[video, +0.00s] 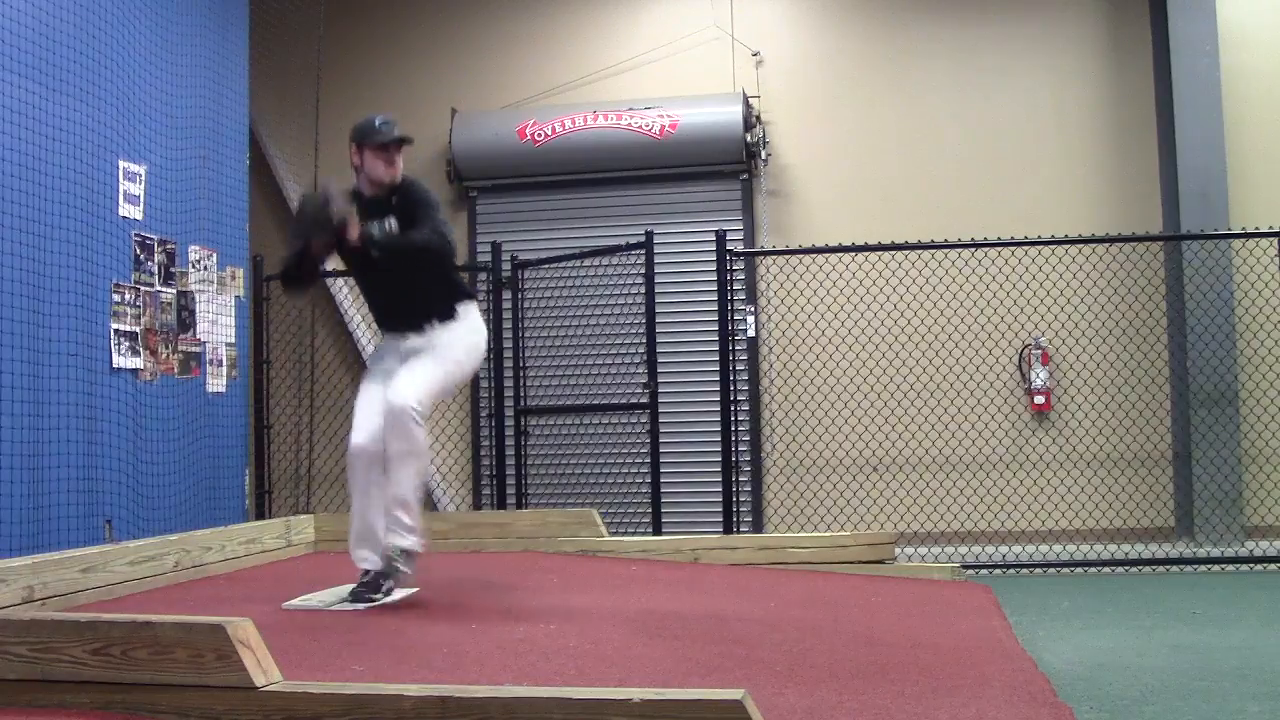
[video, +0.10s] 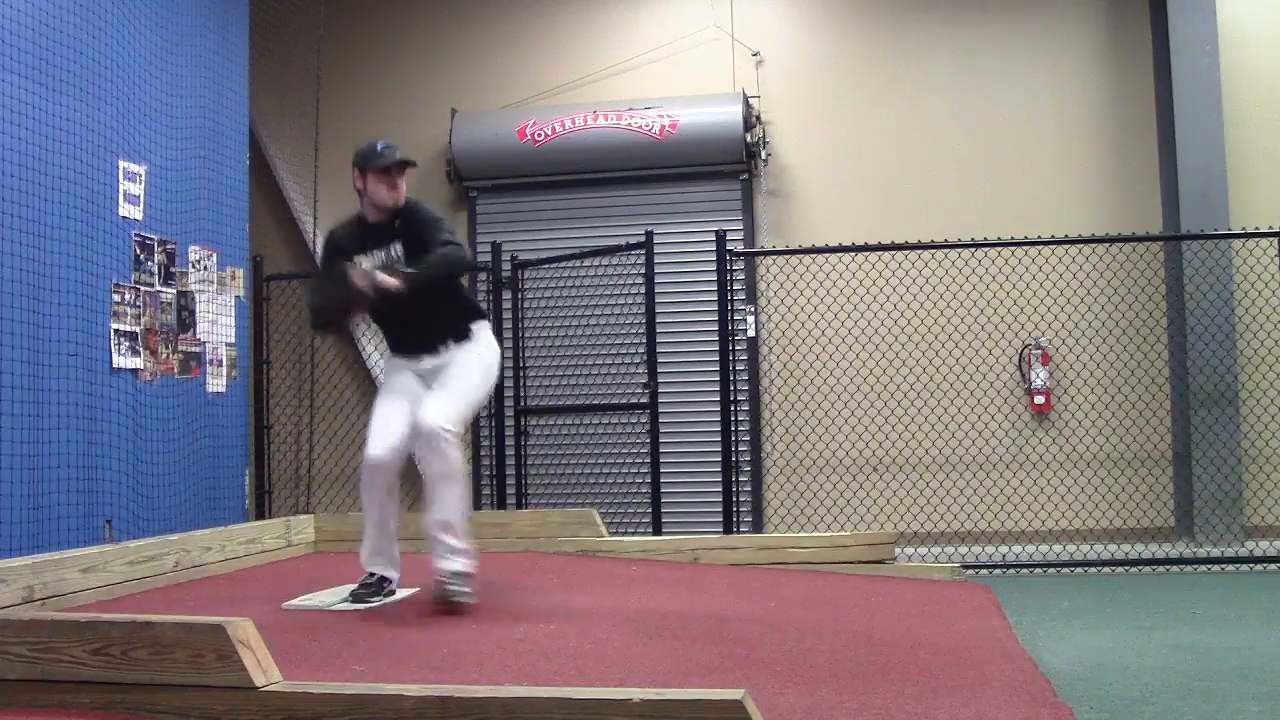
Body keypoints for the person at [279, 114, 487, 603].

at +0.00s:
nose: (395, 159)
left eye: (399, 150)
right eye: (384, 151)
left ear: (404, 153)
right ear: (357, 156)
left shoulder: (412, 195)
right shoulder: (340, 210)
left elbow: (437, 243)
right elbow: (293, 282)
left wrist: (364, 236)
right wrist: (317, 245)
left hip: (454, 331)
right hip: (397, 344)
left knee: (402, 401)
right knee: (363, 444)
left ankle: (403, 544)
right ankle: (376, 566)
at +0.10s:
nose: (396, 181)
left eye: (400, 173)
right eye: (385, 174)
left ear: (406, 177)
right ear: (359, 180)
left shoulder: (415, 216)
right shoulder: (341, 241)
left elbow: (458, 257)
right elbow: (322, 315)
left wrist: (404, 279)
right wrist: (352, 289)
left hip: (467, 350)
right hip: (406, 364)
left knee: (434, 424)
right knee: (378, 455)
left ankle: (454, 571)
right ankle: (382, 573)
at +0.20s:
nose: (409, 193)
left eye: (413, 184)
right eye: (397, 185)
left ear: (419, 188)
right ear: (372, 192)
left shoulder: (432, 227)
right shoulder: (357, 257)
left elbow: (478, 260)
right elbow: (346, 334)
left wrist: (472, 275)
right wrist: (350, 406)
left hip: (487, 360)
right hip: (426, 376)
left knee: (485, 440)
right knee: (393, 469)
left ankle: (532, 579)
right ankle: (382, 574)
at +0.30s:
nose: (435, 192)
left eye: (439, 183)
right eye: (423, 185)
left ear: (447, 187)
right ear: (398, 194)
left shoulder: (465, 227)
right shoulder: (383, 261)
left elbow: (528, 227)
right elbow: (358, 336)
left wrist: (588, 227)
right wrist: (338, 410)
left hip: (512, 367)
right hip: (449, 383)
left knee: (552, 448)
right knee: (407, 478)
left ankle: (628, 578)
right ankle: (383, 574)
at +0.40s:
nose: (482, 184)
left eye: (485, 174)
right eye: (470, 176)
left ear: (491, 180)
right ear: (442, 185)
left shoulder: (515, 218)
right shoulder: (426, 252)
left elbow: (592, 207)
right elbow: (377, 302)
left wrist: (668, 188)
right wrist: (322, 346)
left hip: (554, 372)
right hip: (484, 386)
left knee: (629, 460)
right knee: (433, 486)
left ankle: (709, 583)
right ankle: (383, 572)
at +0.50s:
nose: (555, 171)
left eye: (557, 162)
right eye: (543, 163)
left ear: (565, 167)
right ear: (518, 171)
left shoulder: (588, 206)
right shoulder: (494, 229)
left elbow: (665, 209)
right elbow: (426, 253)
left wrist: (739, 202)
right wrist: (357, 261)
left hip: (607, 374)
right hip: (536, 385)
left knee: (690, 461)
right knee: (483, 502)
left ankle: (742, 603)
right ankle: (389, 569)